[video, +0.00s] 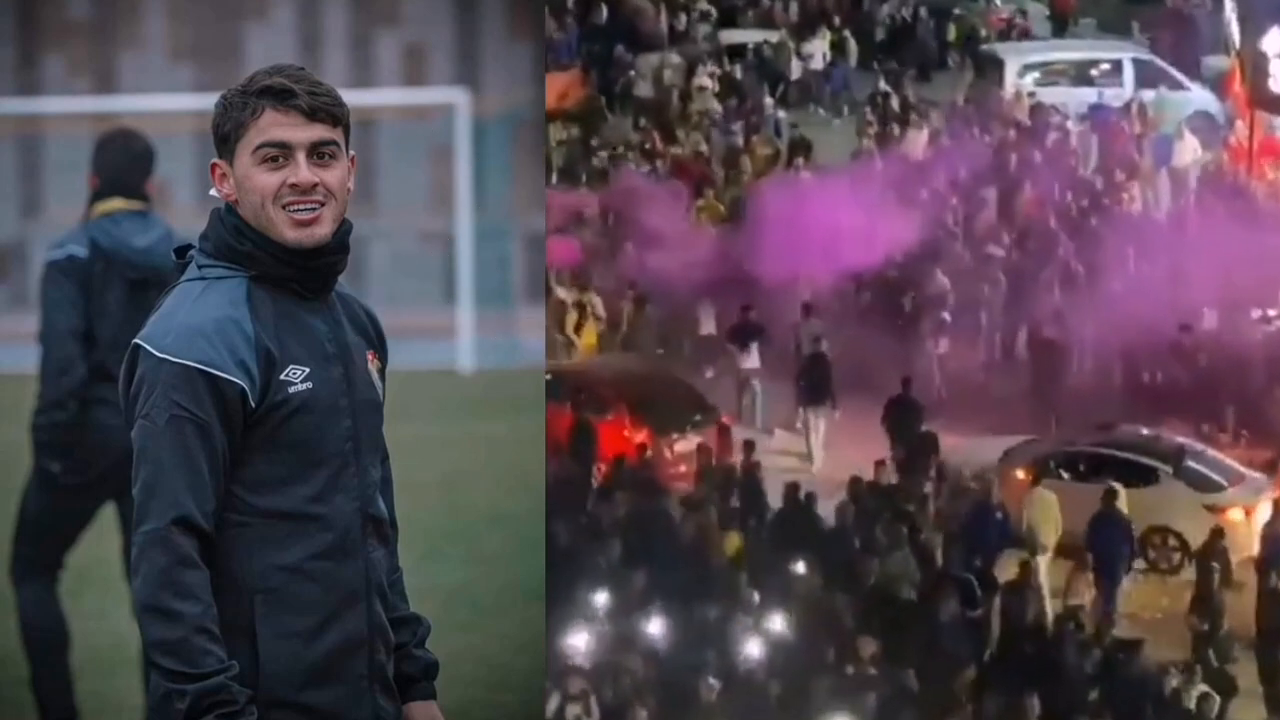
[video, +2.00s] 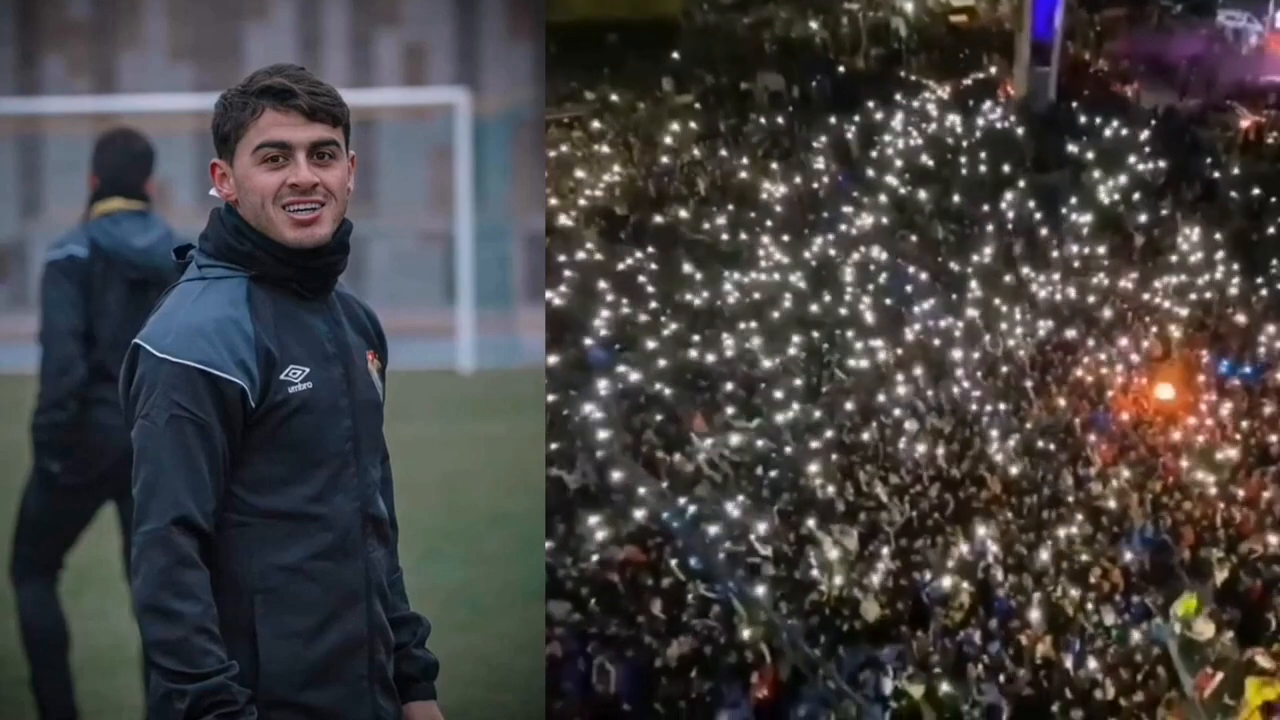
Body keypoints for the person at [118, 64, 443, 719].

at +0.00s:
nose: (304, 178)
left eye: (322, 155)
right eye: (274, 158)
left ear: (350, 171)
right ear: (226, 182)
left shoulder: (356, 323)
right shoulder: (195, 335)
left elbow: (372, 524)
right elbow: (164, 552)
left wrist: (414, 684)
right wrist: (214, 704)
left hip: (364, 689)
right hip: (259, 691)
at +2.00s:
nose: (305, 178)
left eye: (322, 155)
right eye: (274, 158)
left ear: (349, 171)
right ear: (226, 182)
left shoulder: (356, 323)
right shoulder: (195, 334)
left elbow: (372, 525)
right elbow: (164, 550)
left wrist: (414, 684)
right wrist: (213, 705)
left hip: (365, 690)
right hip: (260, 691)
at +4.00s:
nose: (304, 179)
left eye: (322, 155)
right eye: (274, 158)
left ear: (350, 171)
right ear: (226, 182)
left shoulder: (356, 323)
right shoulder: (195, 334)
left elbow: (372, 525)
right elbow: (164, 550)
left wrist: (414, 684)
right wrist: (213, 705)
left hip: (365, 690)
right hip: (259, 691)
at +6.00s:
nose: (305, 178)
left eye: (322, 155)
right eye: (274, 158)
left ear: (349, 171)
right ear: (226, 182)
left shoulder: (356, 323)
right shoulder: (195, 334)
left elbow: (372, 525)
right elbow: (164, 550)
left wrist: (414, 684)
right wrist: (213, 705)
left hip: (365, 690)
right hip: (260, 691)